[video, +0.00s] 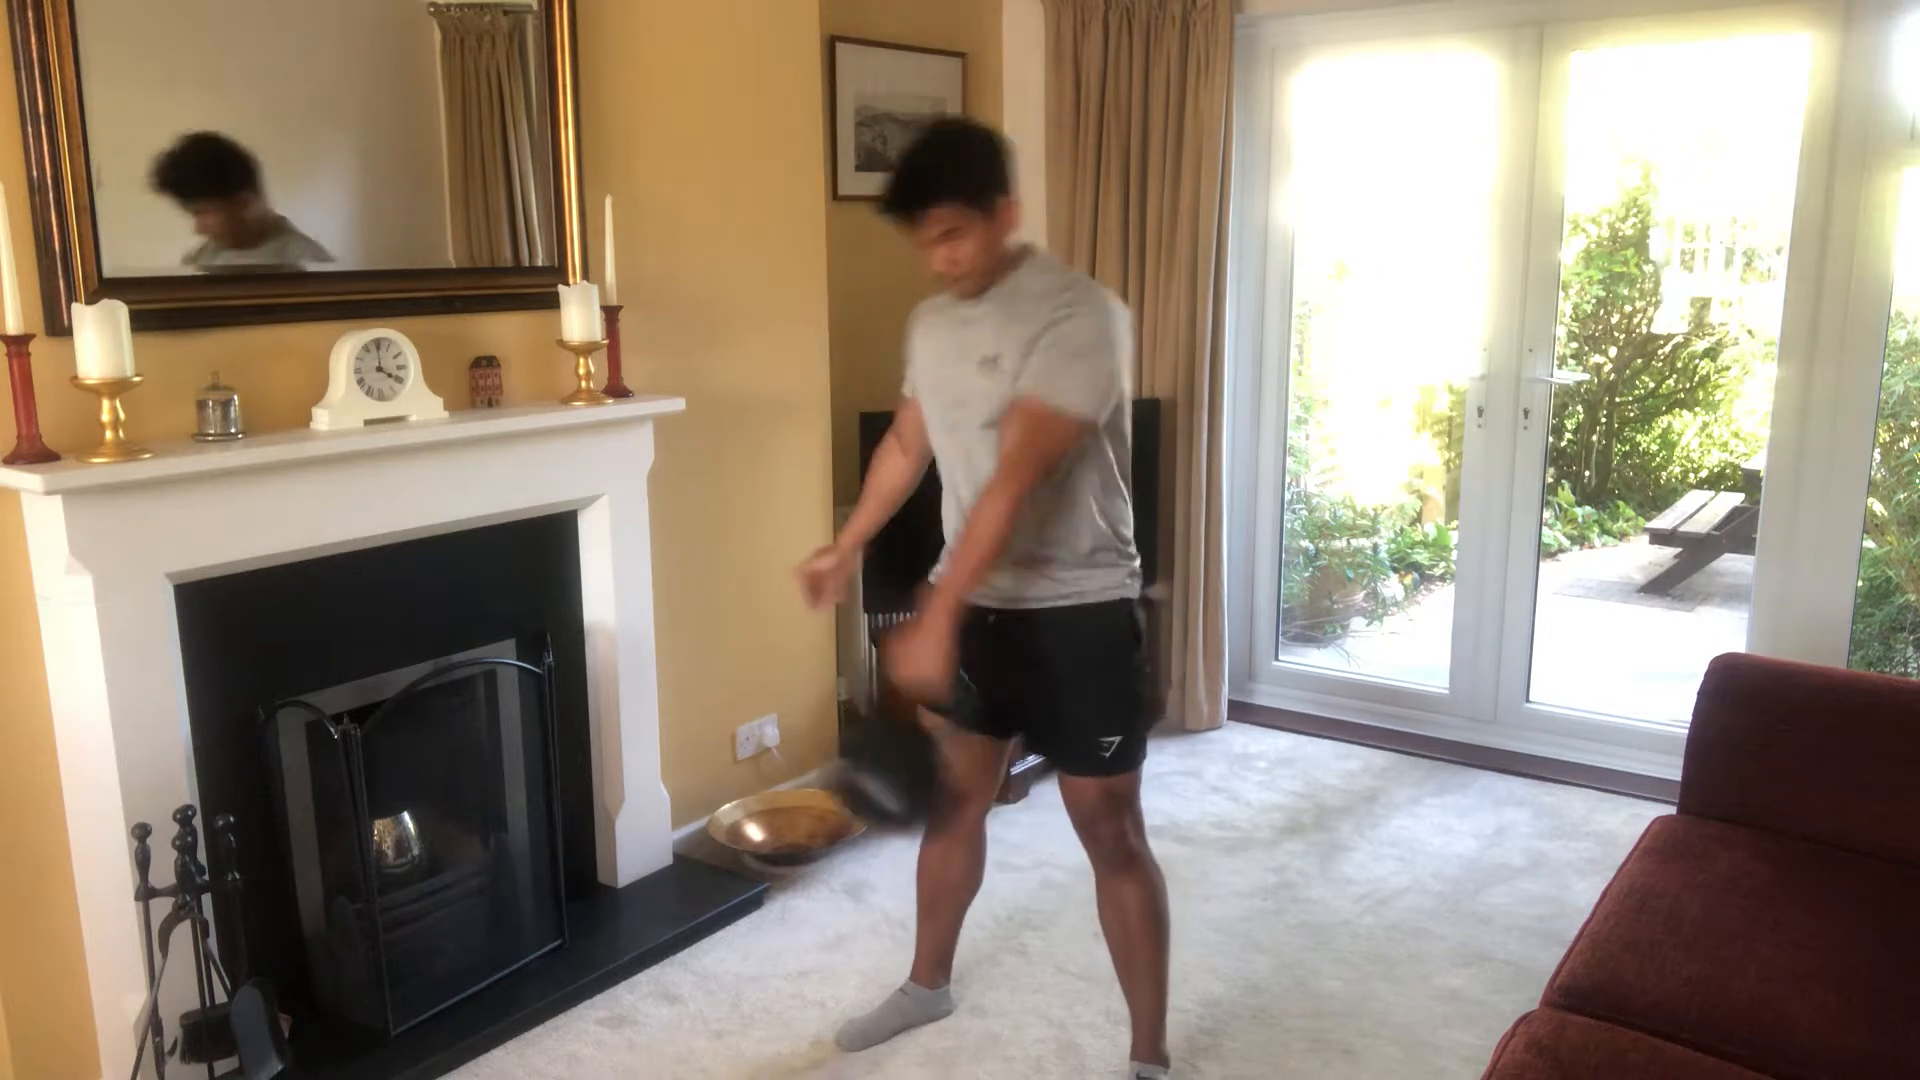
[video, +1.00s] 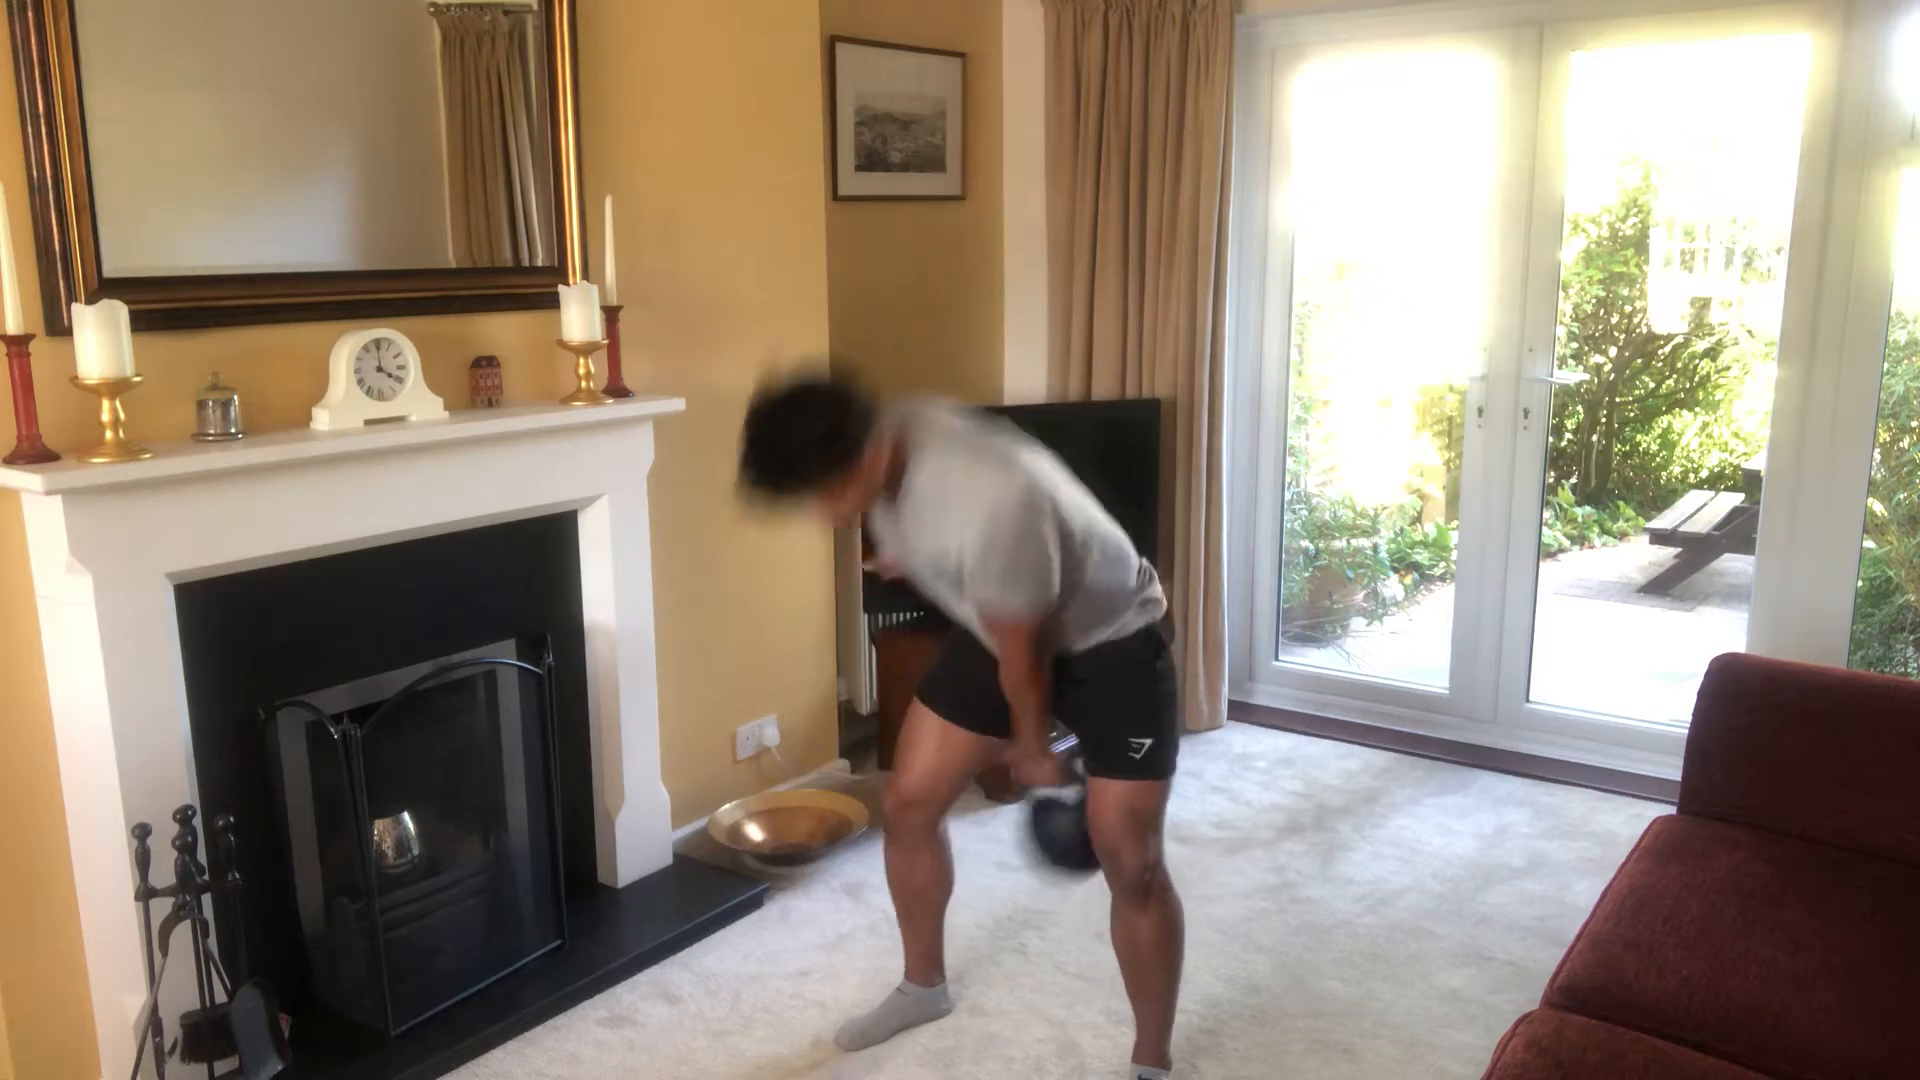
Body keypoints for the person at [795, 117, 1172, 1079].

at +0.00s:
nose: (939, 257)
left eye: (954, 233)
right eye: (924, 241)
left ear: (1006, 214)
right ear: (912, 238)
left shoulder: (1083, 314)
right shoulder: (933, 321)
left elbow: (1017, 477)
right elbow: (909, 441)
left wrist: (938, 613)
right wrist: (850, 544)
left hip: (1082, 613)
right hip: (972, 608)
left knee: (1110, 832)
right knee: (950, 805)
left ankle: (1149, 1056)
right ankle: (928, 985)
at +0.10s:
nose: (971, 243)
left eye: (988, 220)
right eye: (957, 224)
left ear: (1041, 206)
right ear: (945, 222)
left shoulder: (1102, 310)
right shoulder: (952, 321)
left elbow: (1018, 419)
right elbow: (910, 446)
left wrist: (903, 508)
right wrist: (852, 534)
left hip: (1077, 614)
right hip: (962, 604)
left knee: (1105, 833)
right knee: (950, 804)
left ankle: (1150, 1053)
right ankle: (927, 984)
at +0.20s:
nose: (980, 231)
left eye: (998, 208)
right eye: (968, 212)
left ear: (1052, 200)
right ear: (960, 212)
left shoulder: (1108, 306)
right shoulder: (959, 320)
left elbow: (1017, 370)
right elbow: (922, 449)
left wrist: (890, 399)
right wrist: (843, 545)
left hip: (1071, 615)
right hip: (957, 606)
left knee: (1103, 836)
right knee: (951, 806)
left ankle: (1149, 1056)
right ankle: (927, 985)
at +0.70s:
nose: (972, 256)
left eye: (988, 233)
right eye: (958, 238)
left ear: (1040, 215)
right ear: (944, 230)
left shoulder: (1098, 310)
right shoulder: (961, 319)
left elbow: (1004, 429)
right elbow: (945, 446)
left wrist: (886, 541)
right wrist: (885, 544)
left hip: (1079, 615)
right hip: (967, 604)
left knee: (1104, 836)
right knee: (949, 805)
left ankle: (1149, 1054)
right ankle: (927, 985)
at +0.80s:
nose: (928, 294)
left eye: (941, 274)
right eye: (917, 278)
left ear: (989, 248)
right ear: (910, 264)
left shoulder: (1071, 332)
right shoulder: (937, 329)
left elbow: (1011, 494)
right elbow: (937, 439)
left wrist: (933, 642)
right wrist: (889, 537)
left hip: (1088, 613)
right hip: (981, 606)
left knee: (1109, 842)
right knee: (939, 801)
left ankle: (1149, 1057)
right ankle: (926, 984)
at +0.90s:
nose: (864, 389)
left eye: (866, 372)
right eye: (853, 375)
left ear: (910, 336)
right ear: (877, 346)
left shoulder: (1030, 395)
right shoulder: (902, 380)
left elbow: (1009, 587)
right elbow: (913, 455)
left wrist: (982, 724)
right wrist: (889, 534)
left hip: (1097, 619)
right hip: (987, 605)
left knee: (1119, 852)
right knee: (920, 791)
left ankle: (1151, 1060)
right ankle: (925, 982)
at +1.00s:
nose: (823, 510)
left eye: (820, 493)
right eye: (810, 499)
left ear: (851, 461)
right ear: (852, 446)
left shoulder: (992, 499)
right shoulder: (887, 442)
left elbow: (1021, 654)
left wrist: (1034, 754)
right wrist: (906, 560)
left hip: (1110, 636)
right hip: (995, 626)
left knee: (1130, 861)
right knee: (909, 802)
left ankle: (1153, 1063)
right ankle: (924, 985)